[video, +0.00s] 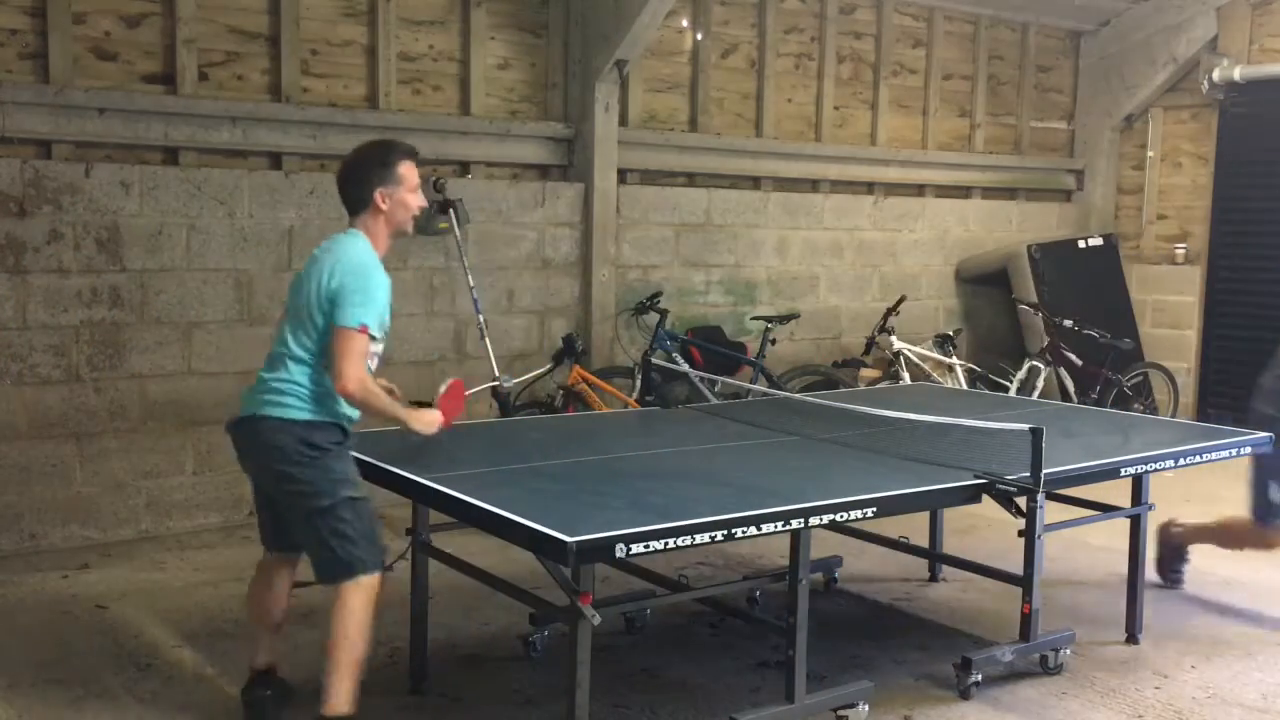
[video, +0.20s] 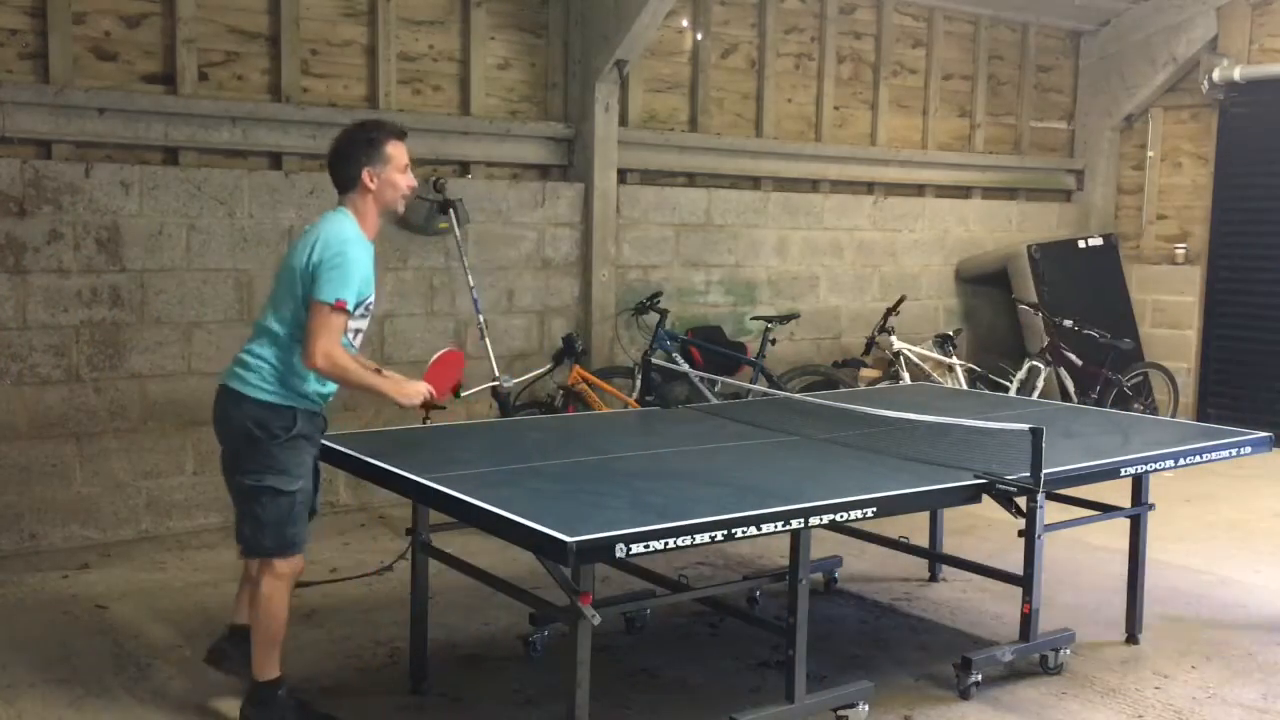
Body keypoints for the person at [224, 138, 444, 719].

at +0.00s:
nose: (424, 201)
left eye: (422, 188)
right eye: (415, 189)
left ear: (377, 200)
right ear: (382, 199)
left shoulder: (330, 254)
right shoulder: (363, 269)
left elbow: (329, 359)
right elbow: (349, 380)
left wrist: (388, 393)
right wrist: (410, 418)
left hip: (261, 422)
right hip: (302, 430)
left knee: (281, 554)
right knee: (362, 568)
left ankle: (262, 680)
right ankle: (339, 708)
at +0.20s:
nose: (414, 182)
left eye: (412, 169)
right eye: (405, 170)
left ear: (368, 179)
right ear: (369, 178)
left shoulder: (338, 234)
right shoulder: (346, 245)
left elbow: (330, 342)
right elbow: (322, 354)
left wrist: (390, 379)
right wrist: (394, 385)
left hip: (271, 404)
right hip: (272, 412)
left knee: (267, 541)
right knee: (281, 564)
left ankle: (241, 638)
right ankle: (266, 696)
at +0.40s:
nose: (405, 229)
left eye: (403, 217)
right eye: (394, 218)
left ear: (364, 228)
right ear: (357, 228)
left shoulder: (357, 284)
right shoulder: (312, 285)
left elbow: (339, 359)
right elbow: (282, 393)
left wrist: (392, 406)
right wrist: (367, 421)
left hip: (273, 425)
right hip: (233, 426)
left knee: (269, 535)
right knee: (297, 555)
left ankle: (230, 634)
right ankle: (267, 695)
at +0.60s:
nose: (398, 254)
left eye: (399, 242)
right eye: (387, 242)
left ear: (361, 251)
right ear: (346, 248)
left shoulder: (363, 301)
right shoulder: (289, 301)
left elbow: (369, 371)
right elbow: (242, 396)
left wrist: (424, 406)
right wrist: (292, 442)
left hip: (270, 428)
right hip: (218, 424)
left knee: (274, 537)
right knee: (282, 551)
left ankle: (228, 634)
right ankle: (262, 696)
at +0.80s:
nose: (401, 249)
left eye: (404, 236)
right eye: (389, 235)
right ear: (347, 236)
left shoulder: (374, 290)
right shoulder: (295, 300)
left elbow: (393, 344)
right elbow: (283, 409)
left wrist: (441, 386)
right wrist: (321, 453)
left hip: (287, 430)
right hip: (236, 426)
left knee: (266, 549)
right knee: (266, 573)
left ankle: (235, 629)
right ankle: (249, 702)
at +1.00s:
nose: (429, 219)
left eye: (432, 207)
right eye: (419, 206)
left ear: (389, 209)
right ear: (374, 205)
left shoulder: (377, 265)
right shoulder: (330, 270)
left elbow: (375, 343)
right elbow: (370, 387)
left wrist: (417, 394)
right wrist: (474, 387)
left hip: (319, 429)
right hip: (258, 428)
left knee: (330, 549)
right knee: (267, 576)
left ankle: (274, 649)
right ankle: (248, 701)